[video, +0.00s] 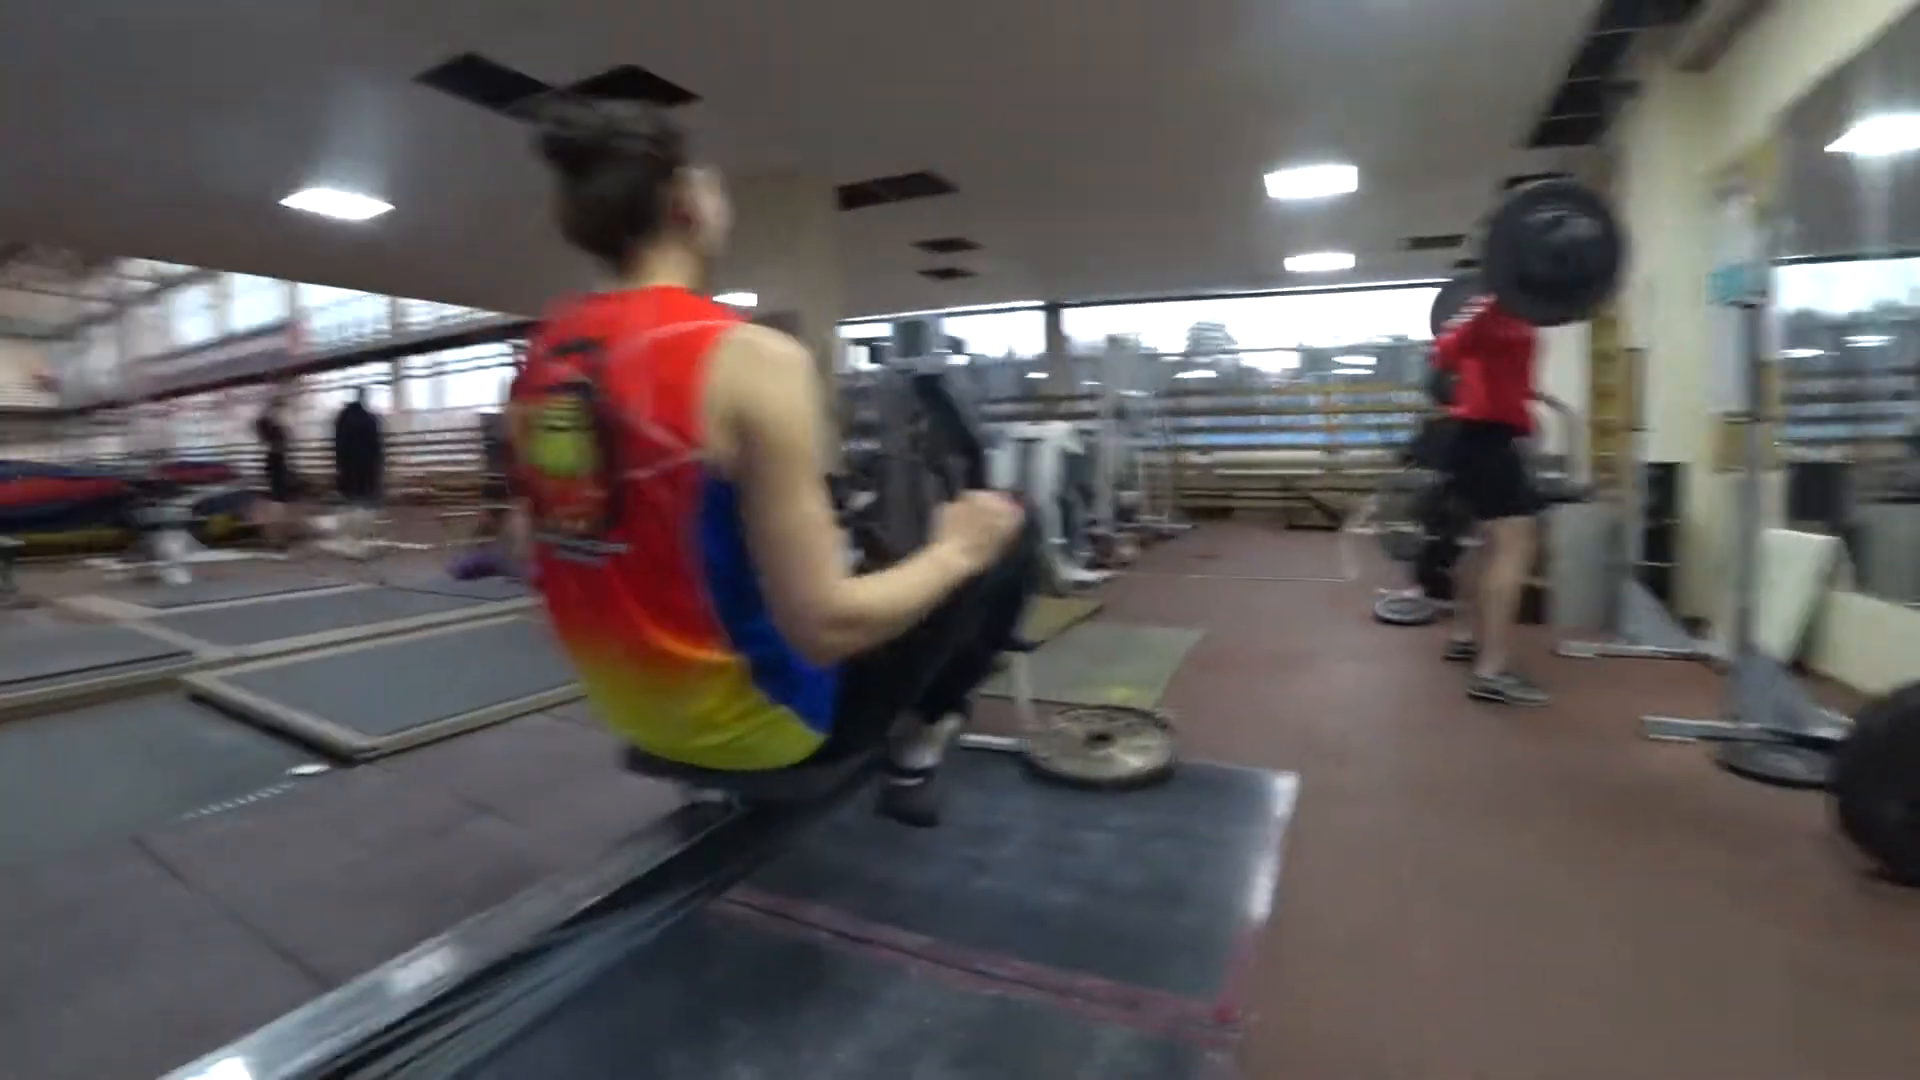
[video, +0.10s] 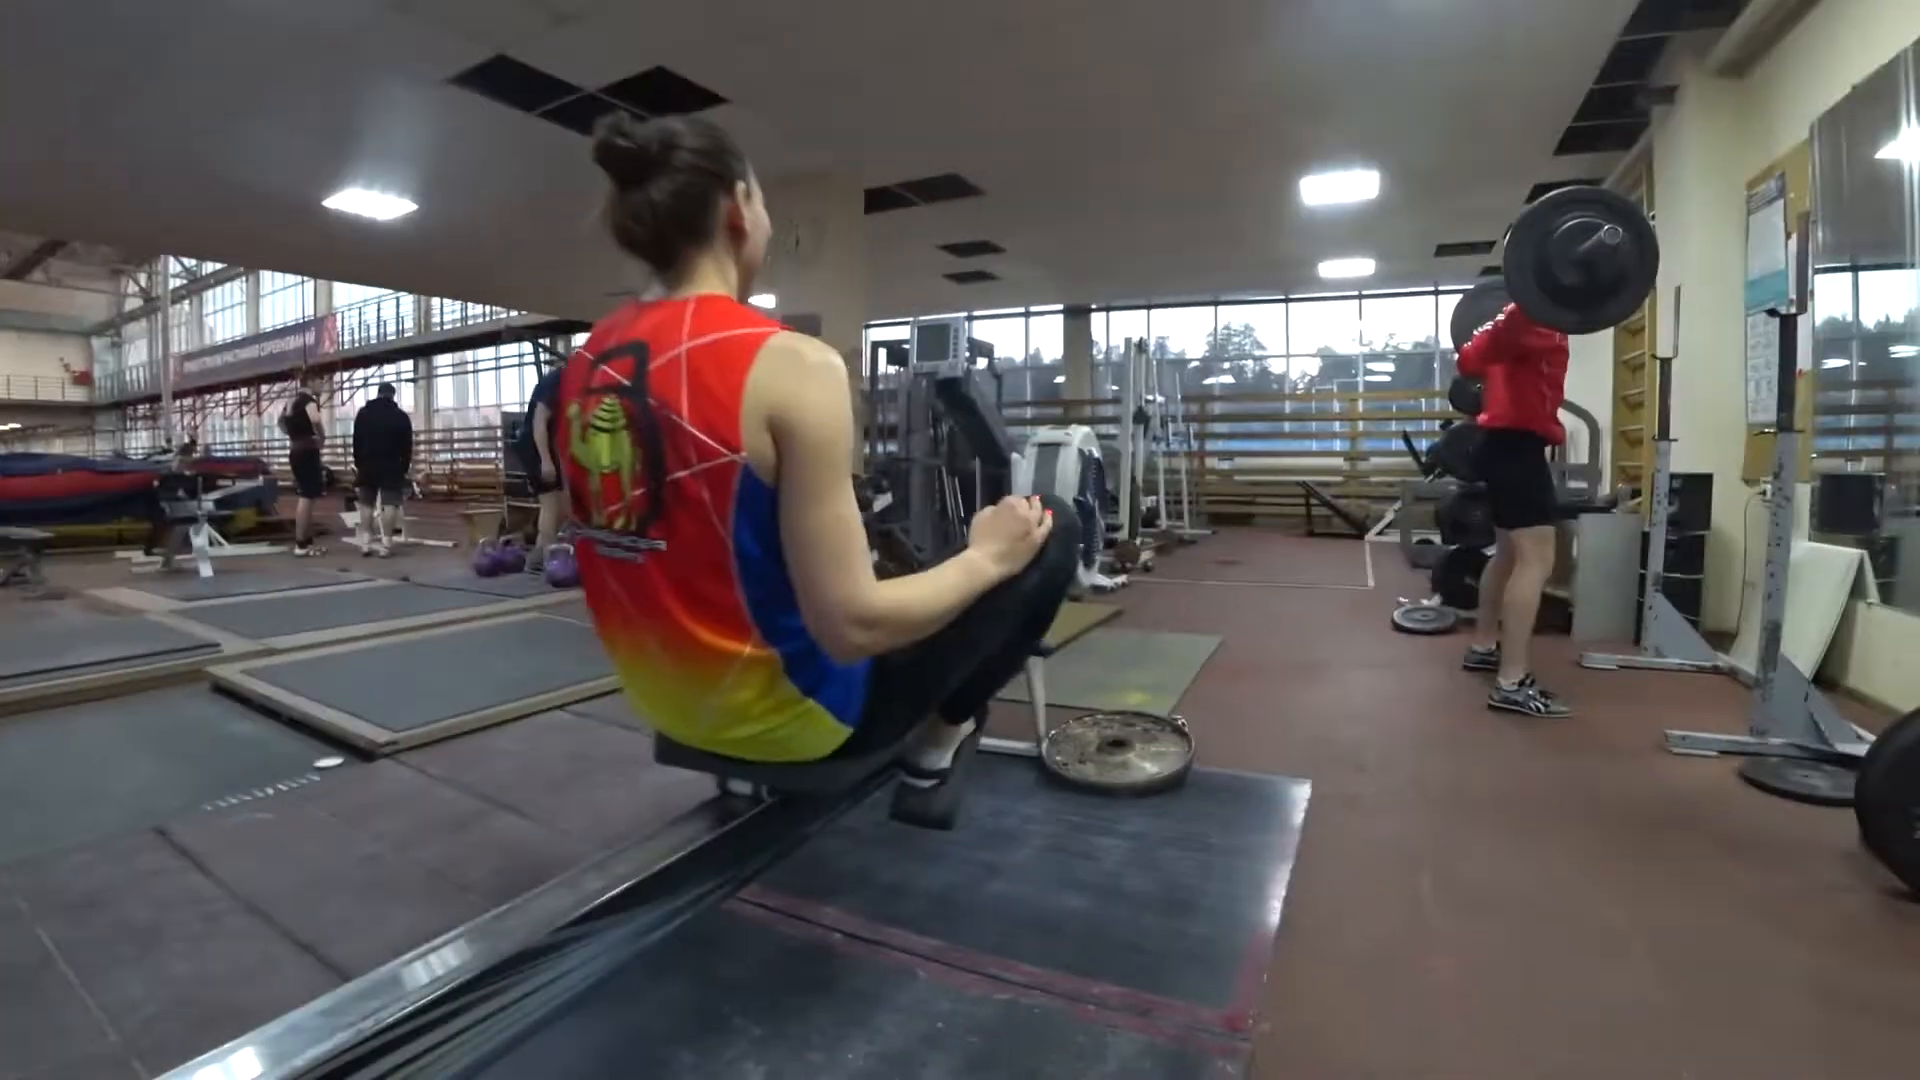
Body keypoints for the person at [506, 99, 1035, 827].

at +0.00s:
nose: (721, 201)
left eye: (714, 182)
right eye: (714, 183)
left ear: (587, 223)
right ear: (687, 203)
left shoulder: (549, 354)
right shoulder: (755, 363)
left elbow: (536, 548)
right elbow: (821, 625)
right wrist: (953, 553)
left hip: (643, 725)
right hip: (770, 738)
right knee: (1003, 535)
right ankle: (914, 754)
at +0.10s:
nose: (767, 224)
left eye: (764, 202)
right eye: (763, 201)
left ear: (635, 227)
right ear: (739, 207)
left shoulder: (589, 362)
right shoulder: (794, 367)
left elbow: (577, 527)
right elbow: (850, 627)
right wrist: (983, 559)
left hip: (672, 715)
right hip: (797, 732)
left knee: (872, 530)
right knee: (1050, 534)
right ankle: (936, 747)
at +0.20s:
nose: (781, 238)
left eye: (778, 219)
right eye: (778, 218)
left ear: (652, 238)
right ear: (754, 222)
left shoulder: (609, 363)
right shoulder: (804, 377)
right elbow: (853, 630)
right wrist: (986, 567)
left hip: (680, 715)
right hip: (803, 732)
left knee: (875, 538)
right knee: (1058, 536)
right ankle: (935, 750)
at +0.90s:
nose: (777, 303)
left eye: (778, 284)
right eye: (775, 281)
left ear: (652, 282)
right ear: (741, 271)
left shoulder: (576, 387)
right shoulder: (773, 401)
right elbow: (779, 664)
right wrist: (938, 630)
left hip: (577, 791)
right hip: (717, 808)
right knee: (1007, 622)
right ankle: (913, 820)